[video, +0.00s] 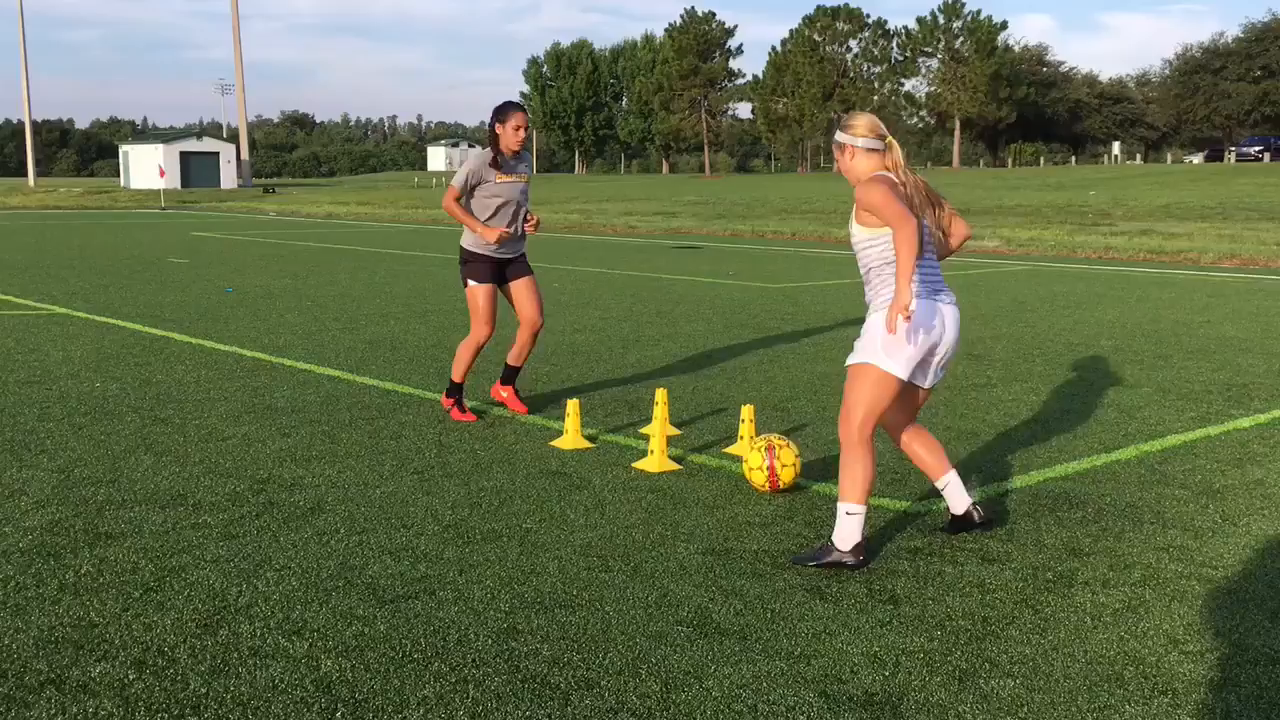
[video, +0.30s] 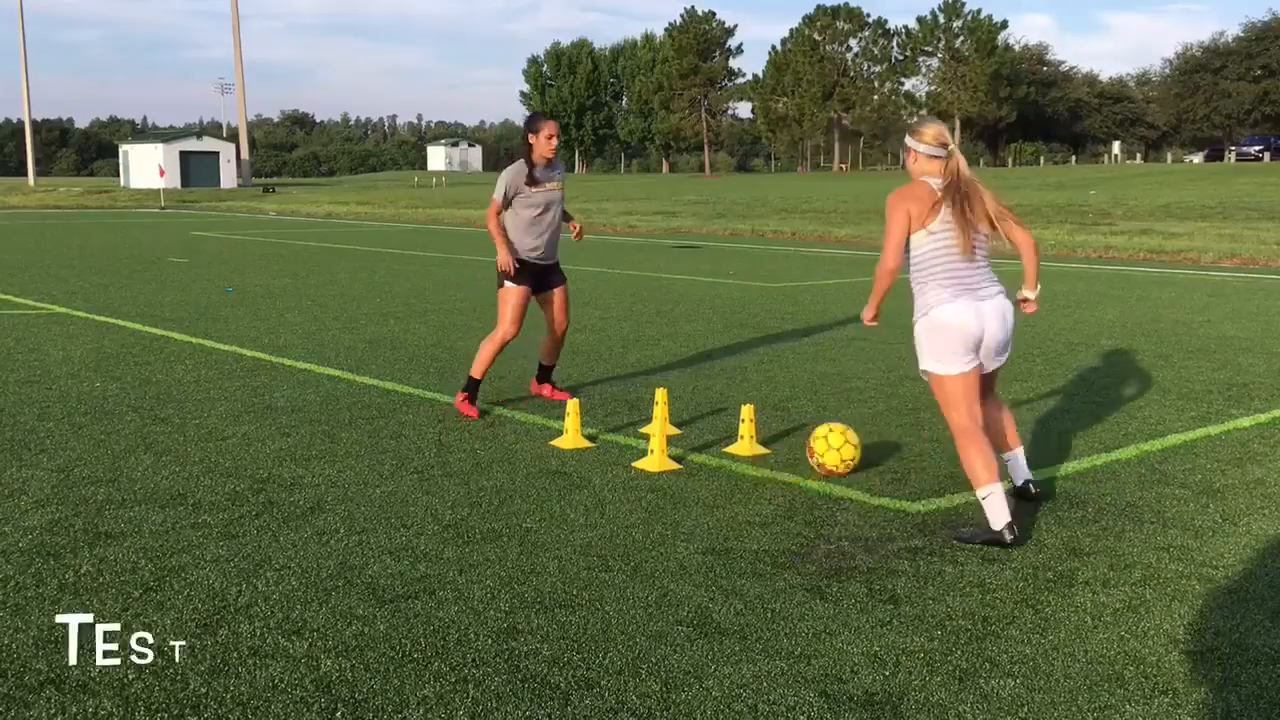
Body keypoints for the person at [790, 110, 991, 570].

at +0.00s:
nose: (836, 161)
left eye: (837, 153)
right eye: (837, 153)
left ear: (849, 152)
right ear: (880, 151)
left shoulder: (870, 187)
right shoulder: (909, 186)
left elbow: (906, 225)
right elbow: (960, 231)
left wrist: (902, 290)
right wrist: (919, 262)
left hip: (898, 314)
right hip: (939, 313)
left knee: (854, 425)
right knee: (898, 419)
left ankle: (846, 543)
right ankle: (964, 508)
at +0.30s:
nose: (904, 159)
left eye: (907, 153)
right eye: (906, 152)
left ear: (916, 156)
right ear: (946, 156)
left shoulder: (905, 197)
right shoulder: (974, 191)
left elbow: (891, 263)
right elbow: (1024, 239)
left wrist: (872, 306)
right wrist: (1030, 287)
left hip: (944, 318)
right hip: (995, 310)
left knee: (965, 424)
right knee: (987, 397)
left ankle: (1001, 525)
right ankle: (1023, 480)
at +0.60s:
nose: (916, 169)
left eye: (917, 164)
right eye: (917, 164)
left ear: (923, 165)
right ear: (956, 162)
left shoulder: (917, 204)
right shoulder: (984, 196)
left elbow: (920, 263)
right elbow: (1017, 252)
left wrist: (919, 318)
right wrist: (1016, 284)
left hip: (946, 316)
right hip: (992, 308)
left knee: (939, 388)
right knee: (968, 366)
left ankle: (956, 461)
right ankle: (1000, 427)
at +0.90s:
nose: (915, 169)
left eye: (916, 164)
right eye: (916, 164)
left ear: (924, 165)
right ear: (953, 164)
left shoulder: (913, 200)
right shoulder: (974, 203)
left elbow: (896, 257)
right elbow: (997, 263)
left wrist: (878, 299)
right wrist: (1015, 299)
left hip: (927, 313)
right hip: (969, 312)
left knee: (904, 377)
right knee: (927, 368)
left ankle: (949, 451)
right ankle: (933, 436)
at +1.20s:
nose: (889, 169)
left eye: (890, 163)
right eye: (890, 163)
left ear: (899, 164)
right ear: (925, 163)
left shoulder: (896, 204)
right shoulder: (945, 202)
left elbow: (879, 261)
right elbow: (961, 264)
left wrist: (836, 291)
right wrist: (958, 312)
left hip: (916, 317)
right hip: (951, 313)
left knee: (854, 380)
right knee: (918, 373)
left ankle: (893, 457)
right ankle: (942, 446)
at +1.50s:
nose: (841, 134)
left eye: (843, 127)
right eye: (842, 127)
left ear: (852, 129)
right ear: (880, 130)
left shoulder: (860, 162)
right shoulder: (902, 165)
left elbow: (882, 206)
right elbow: (924, 226)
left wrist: (861, 257)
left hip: (896, 279)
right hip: (928, 276)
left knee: (852, 371)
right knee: (886, 370)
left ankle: (882, 470)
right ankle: (914, 461)